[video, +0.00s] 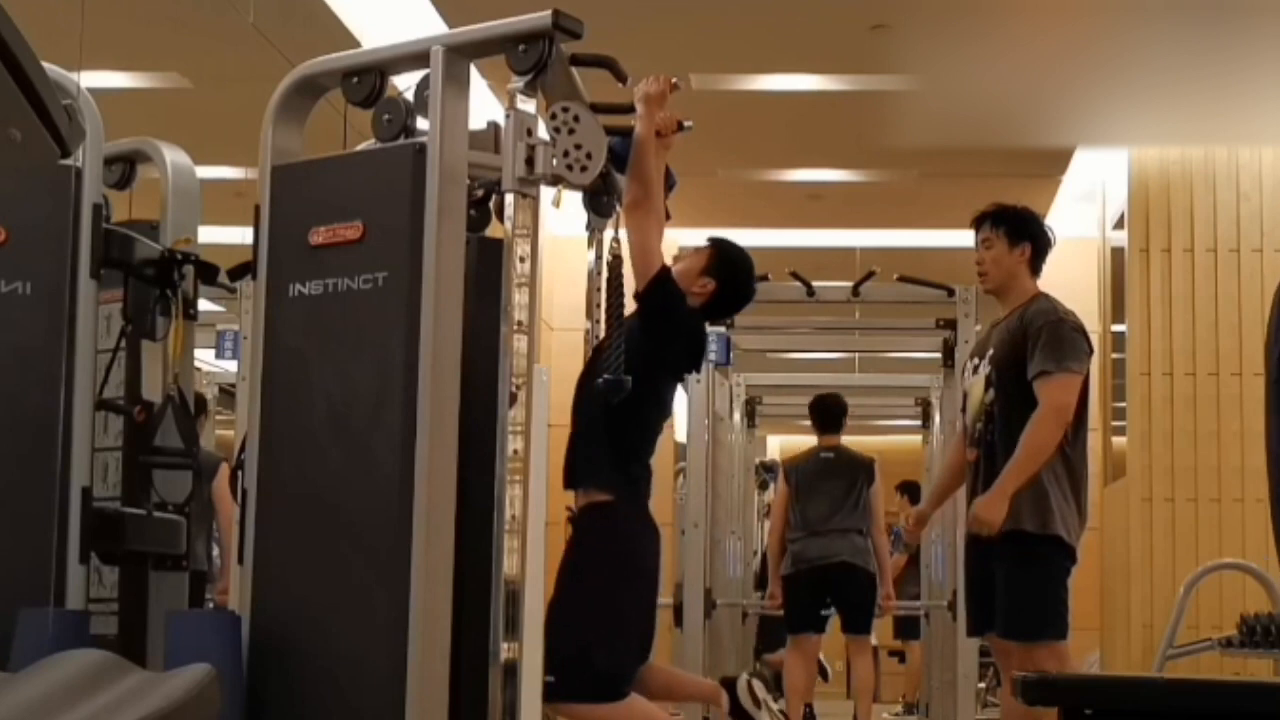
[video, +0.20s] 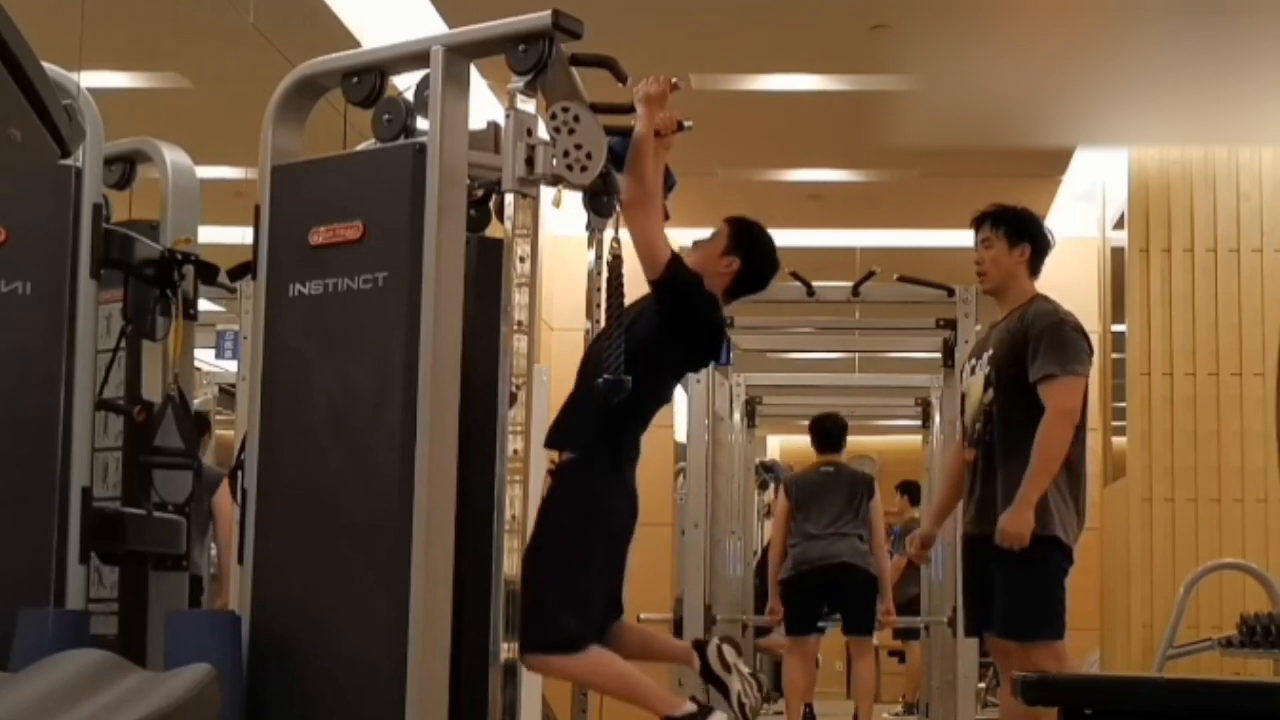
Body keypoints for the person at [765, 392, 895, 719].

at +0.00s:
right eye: (840, 418)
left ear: (812, 422)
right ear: (844, 422)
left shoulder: (791, 467)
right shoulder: (866, 466)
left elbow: (777, 529)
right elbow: (878, 530)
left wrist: (773, 580)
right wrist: (887, 582)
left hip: (805, 573)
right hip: (855, 571)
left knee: (800, 648)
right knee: (860, 646)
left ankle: (795, 716)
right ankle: (863, 715)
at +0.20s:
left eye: (815, 438)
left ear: (812, 442)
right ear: (845, 442)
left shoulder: (792, 484)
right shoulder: (866, 483)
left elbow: (777, 543)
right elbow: (879, 546)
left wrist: (773, 595)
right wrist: (887, 597)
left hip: (804, 577)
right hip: (855, 577)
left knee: (797, 651)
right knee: (862, 650)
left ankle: (795, 716)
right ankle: (864, 715)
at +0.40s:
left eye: (816, 452)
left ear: (812, 457)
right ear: (845, 456)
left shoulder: (793, 495)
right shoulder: (866, 495)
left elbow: (777, 558)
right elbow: (879, 555)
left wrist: (774, 609)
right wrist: (887, 609)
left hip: (804, 581)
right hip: (857, 580)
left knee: (798, 652)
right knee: (864, 652)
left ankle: (795, 715)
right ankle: (864, 715)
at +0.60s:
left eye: (815, 466)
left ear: (813, 470)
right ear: (845, 470)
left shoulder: (793, 506)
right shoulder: (867, 505)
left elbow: (778, 568)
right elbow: (880, 566)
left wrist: (774, 620)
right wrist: (886, 620)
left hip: (803, 583)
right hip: (857, 582)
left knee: (797, 652)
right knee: (865, 652)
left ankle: (795, 716)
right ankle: (865, 716)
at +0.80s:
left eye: (816, 475)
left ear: (814, 479)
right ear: (846, 479)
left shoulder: (793, 515)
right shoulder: (866, 514)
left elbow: (779, 576)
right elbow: (881, 575)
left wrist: (776, 631)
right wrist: (887, 630)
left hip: (803, 583)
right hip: (856, 582)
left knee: (794, 651)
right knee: (866, 653)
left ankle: (794, 716)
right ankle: (865, 716)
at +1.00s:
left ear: (815, 490)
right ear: (846, 490)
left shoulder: (793, 521)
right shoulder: (867, 523)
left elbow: (780, 579)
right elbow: (881, 583)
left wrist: (777, 639)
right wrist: (887, 640)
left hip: (803, 586)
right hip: (856, 585)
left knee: (793, 653)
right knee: (867, 654)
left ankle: (793, 717)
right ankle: (865, 715)